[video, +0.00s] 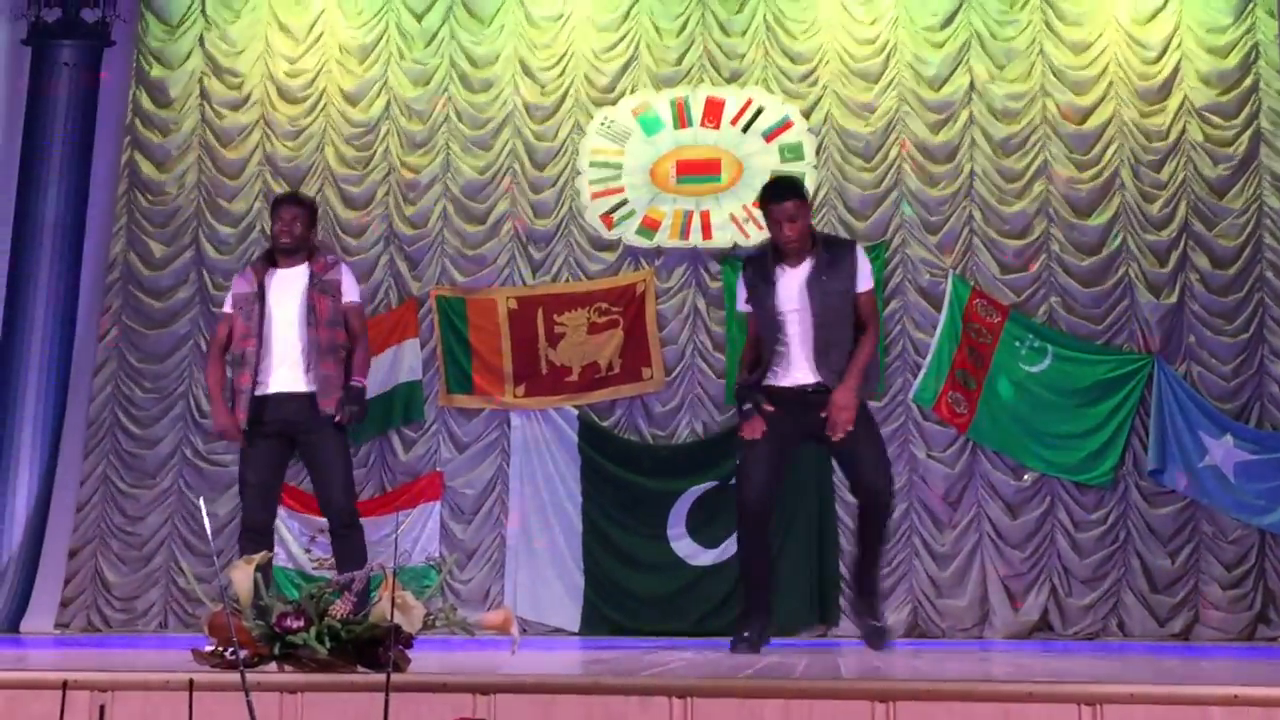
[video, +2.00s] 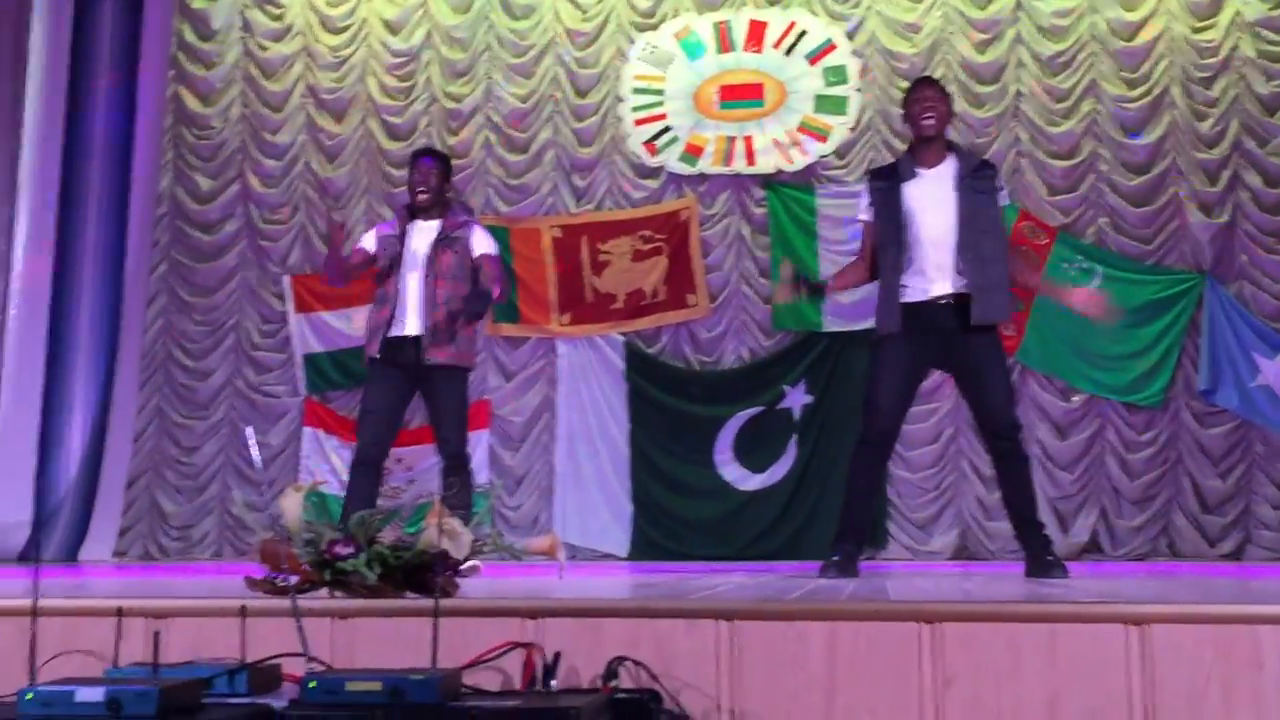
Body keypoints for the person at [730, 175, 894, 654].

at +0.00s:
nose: (788, 230)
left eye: (796, 218)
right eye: (778, 221)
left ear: (810, 215)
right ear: (765, 223)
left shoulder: (848, 257)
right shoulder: (754, 272)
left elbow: (870, 328)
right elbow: (754, 343)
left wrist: (850, 388)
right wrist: (746, 399)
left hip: (834, 399)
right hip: (774, 402)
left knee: (877, 493)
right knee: (752, 503)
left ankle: (865, 599)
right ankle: (754, 620)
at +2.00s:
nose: (927, 109)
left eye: (935, 102)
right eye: (918, 104)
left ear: (950, 114)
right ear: (905, 119)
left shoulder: (981, 174)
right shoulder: (884, 182)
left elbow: (1004, 256)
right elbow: (868, 264)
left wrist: (1067, 293)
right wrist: (821, 287)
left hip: (970, 320)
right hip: (906, 322)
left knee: (1004, 433)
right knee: (876, 434)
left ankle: (1037, 551)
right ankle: (846, 552)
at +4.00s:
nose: (906, 109)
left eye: (916, 101)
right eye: (897, 101)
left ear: (931, 107)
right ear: (884, 108)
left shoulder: (956, 154)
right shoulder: (860, 165)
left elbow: (1007, 205)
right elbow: (830, 246)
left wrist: (1001, 156)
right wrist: (853, 192)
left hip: (939, 305)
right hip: (879, 307)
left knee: (972, 412)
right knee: (860, 415)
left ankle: (991, 535)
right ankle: (835, 535)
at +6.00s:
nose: (942, 214)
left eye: (939, 205)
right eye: (933, 206)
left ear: (912, 214)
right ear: (905, 214)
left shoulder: (917, 270)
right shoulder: (869, 269)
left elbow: (892, 341)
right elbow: (853, 349)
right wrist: (918, 365)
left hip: (867, 399)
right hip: (829, 397)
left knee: (921, 483)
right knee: (823, 490)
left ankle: (902, 603)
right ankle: (730, 560)